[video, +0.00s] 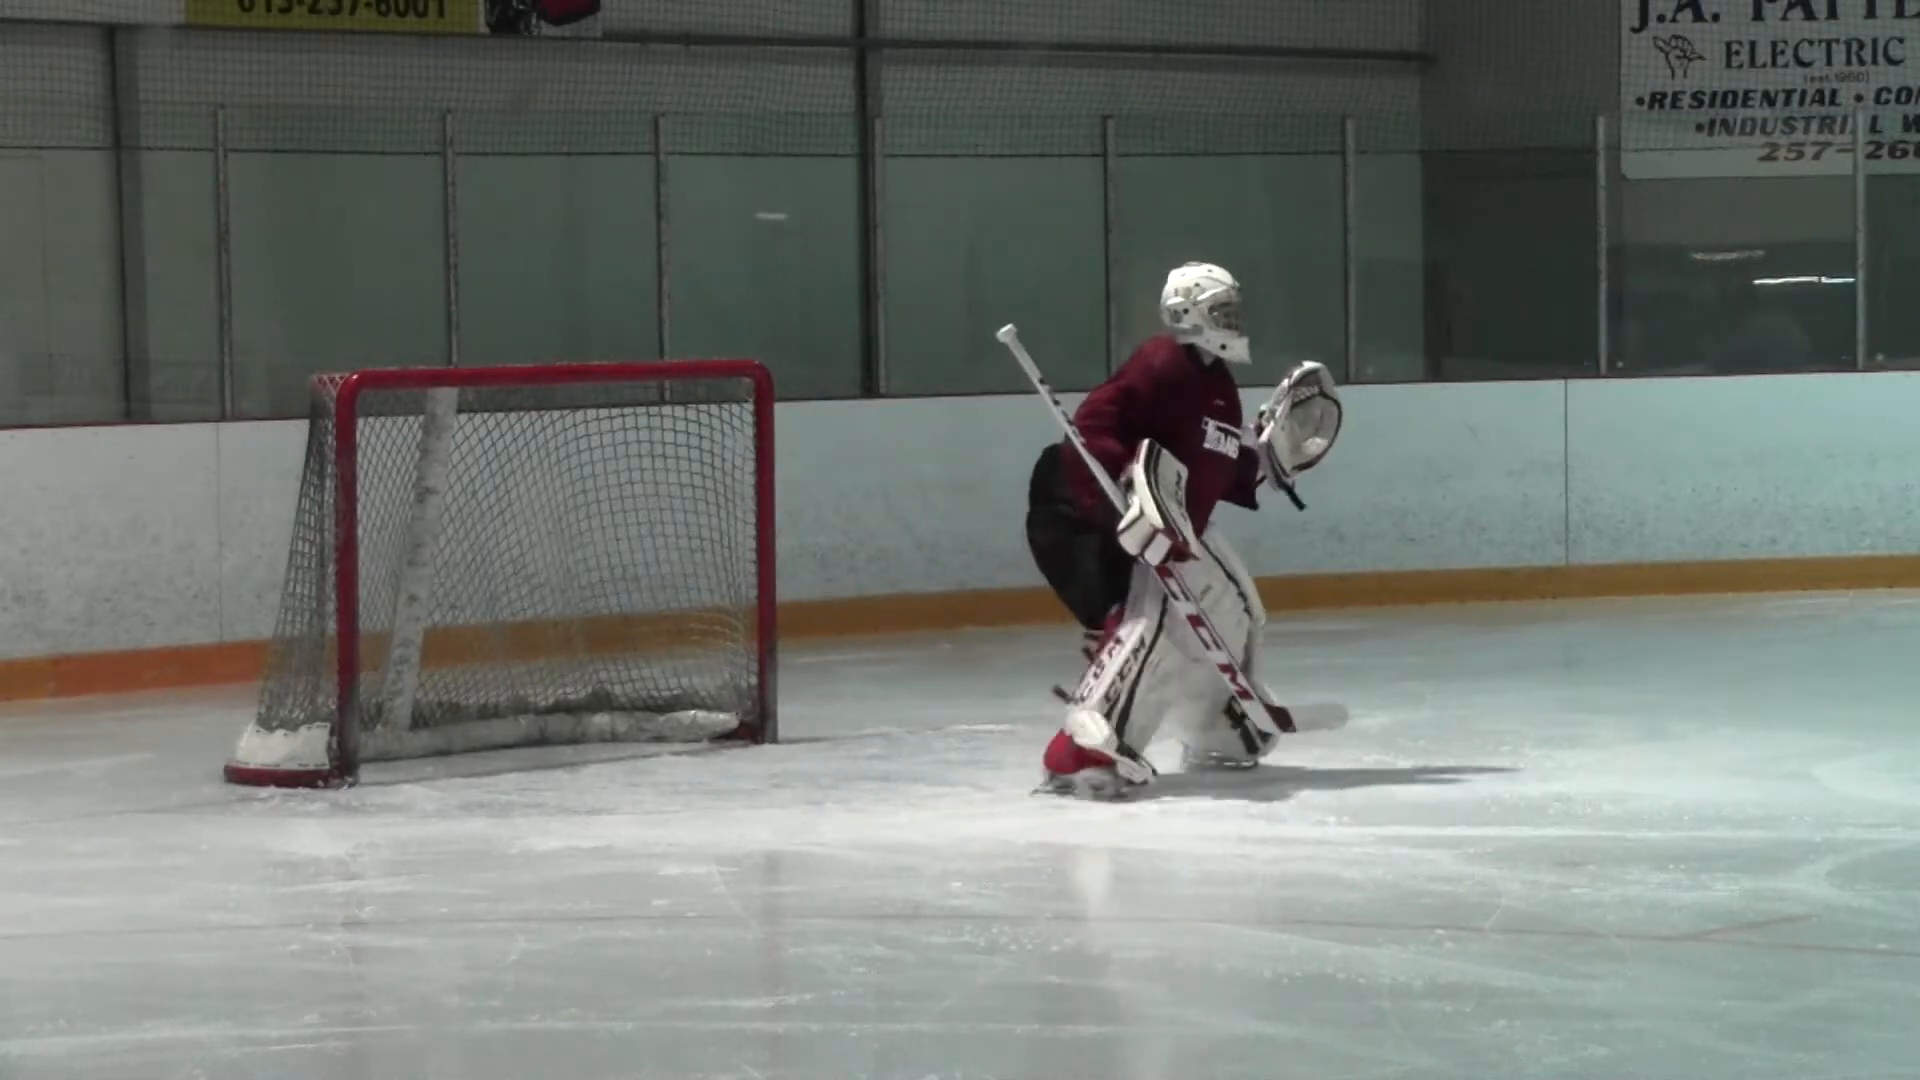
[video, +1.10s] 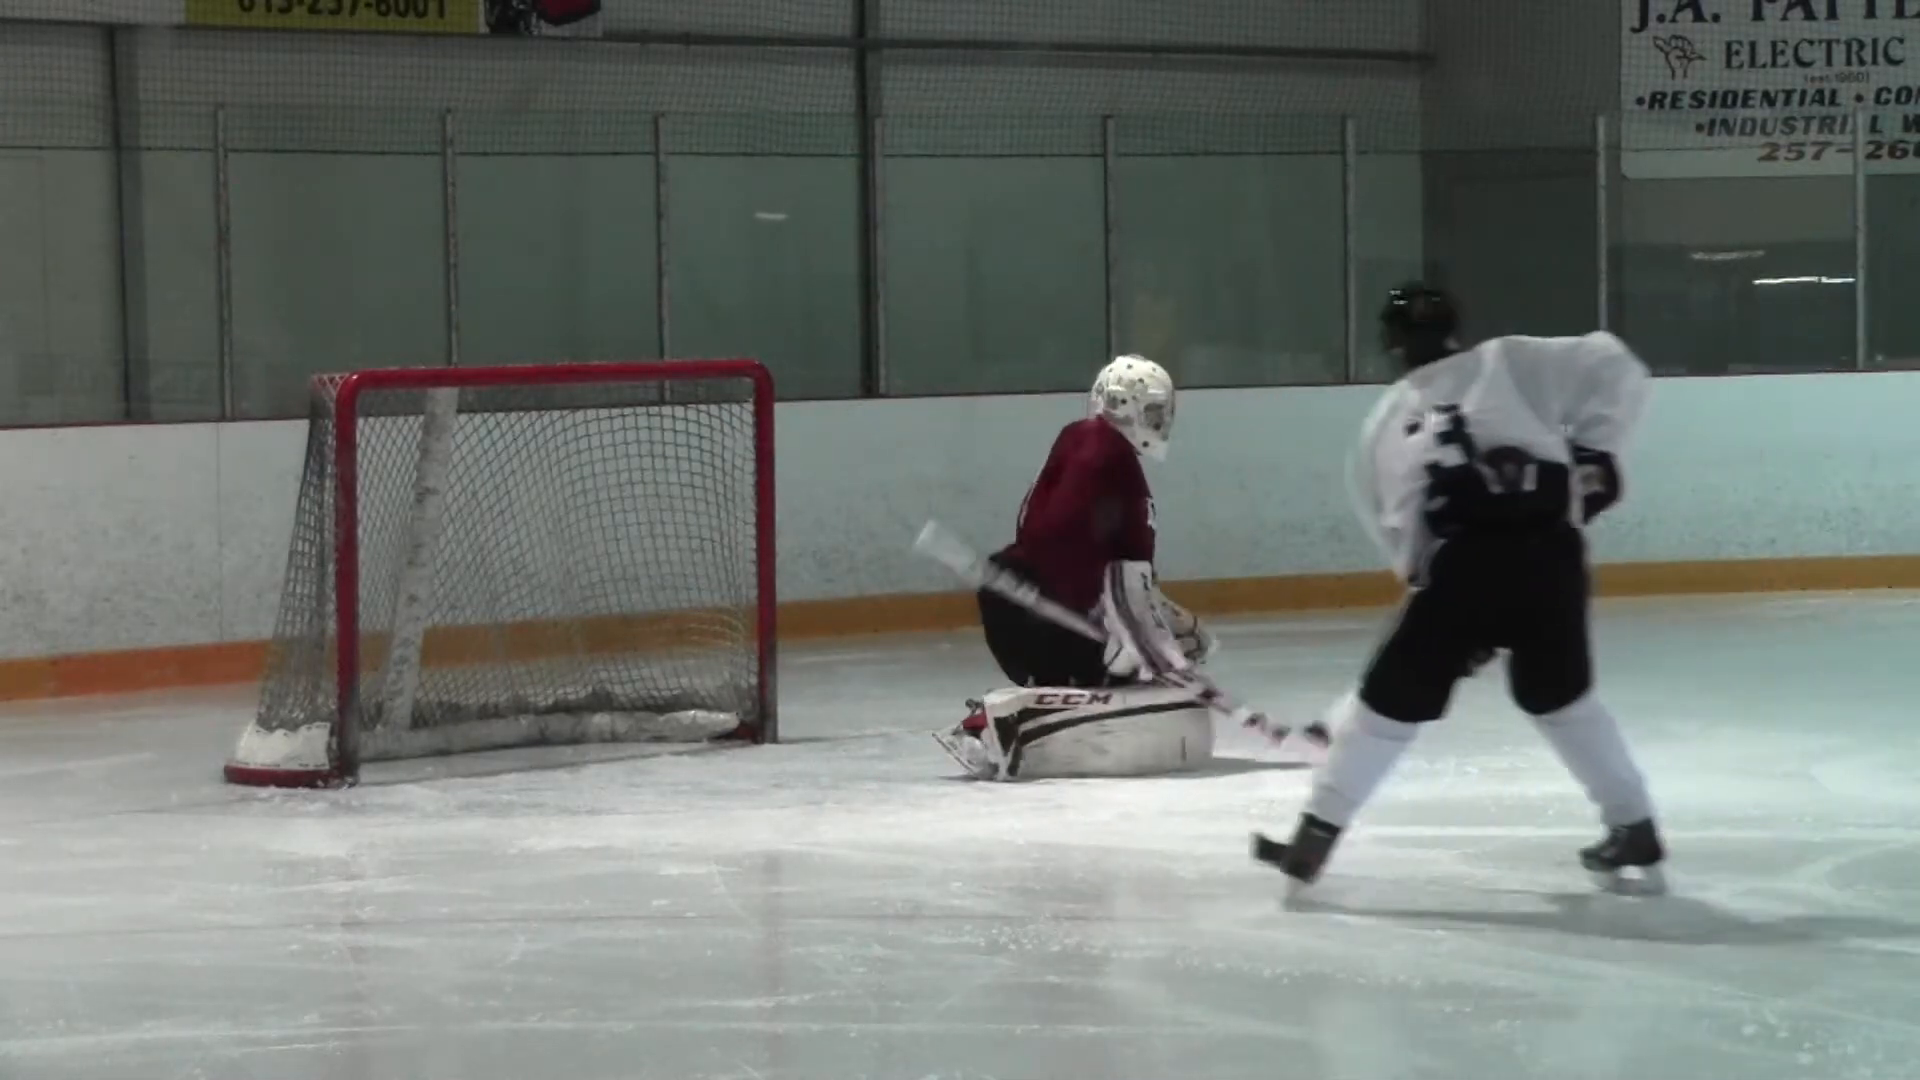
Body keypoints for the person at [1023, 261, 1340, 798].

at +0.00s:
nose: (1234, 318)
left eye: (1234, 308)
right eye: (1221, 310)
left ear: (1228, 314)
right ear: (1189, 317)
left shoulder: (1220, 382)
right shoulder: (1161, 364)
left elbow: (1209, 463)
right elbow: (1091, 422)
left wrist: (1270, 459)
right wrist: (1137, 480)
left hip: (1170, 525)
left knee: (1233, 612)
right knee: (1158, 623)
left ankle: (1218, 736)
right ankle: (1088, 748)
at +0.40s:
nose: (1224, 346)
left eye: (1224, 335)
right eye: (1213, 337)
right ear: (1182, 342)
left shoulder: (1193, 402)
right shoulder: (1155, 378)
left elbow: (1191, 493)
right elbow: (1087, 439)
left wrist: (1239, 479)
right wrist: (1131, 508)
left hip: (1094, 512)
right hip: (1046, 499)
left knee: (1182, 596)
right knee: (1123, 618)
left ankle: (1160, 726)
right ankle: (1044, 735)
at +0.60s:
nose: (1202, 371)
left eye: (1202, 359)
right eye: (1191, 359)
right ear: (1160, 364)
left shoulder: (1168, 423)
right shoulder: (1133, 398)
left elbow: (1166, 525)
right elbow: (1067, 462)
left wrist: (1209, 493)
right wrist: (1120, 533)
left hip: (1060, 534)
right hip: (1018, 524)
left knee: (1137, 622)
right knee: (1109, 632)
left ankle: (1097, 729)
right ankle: (1011, 729)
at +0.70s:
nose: (1192, 385)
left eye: (1192, 373)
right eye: (1181, 374)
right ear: (1150, 378)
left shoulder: (1148, 423)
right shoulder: (1128, 415)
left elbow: (1165, 511)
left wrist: (1201, 504)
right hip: (1012, 538)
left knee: (1130, 651)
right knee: (1117, 655)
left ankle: (1080, 734)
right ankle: (1010, 727)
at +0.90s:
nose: (1179, 402)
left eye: (1180, 391)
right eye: (1169, 391)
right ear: (1139, 393)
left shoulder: (1130, 438)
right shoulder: (1116, 430)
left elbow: (1149, 521)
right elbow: (1141, 516)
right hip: (1006, 560)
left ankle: (1071, 732)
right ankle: (1005, 731)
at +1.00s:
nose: (1169, 404)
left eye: (1170, 393)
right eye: (1158, 393)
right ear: (1128, 393)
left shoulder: (1123, 441)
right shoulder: (1104, 428)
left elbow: (1131, 532)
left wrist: (1166, 587)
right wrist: (1132, 563)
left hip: (1065, 580)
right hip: (1020, 573)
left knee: (1139, 661)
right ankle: (992, 727)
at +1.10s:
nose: (1163, 422)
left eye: (1165, 412)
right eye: (1156, 411)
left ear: (1107, 402)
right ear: (1132, 408)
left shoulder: (1079, 437)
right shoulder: (1115, 460)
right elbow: (1129, 583)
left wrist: (1165, 622)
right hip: (1041, 604)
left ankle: (1000, 714)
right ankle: (1013, 723)